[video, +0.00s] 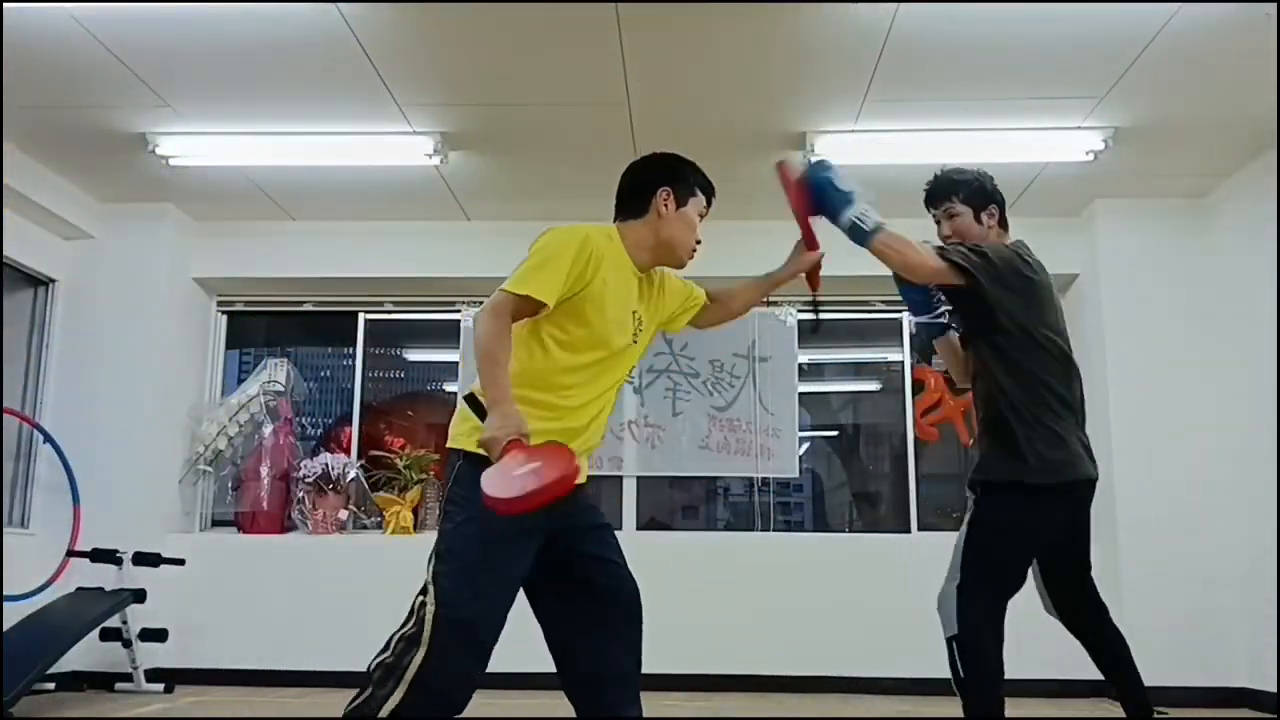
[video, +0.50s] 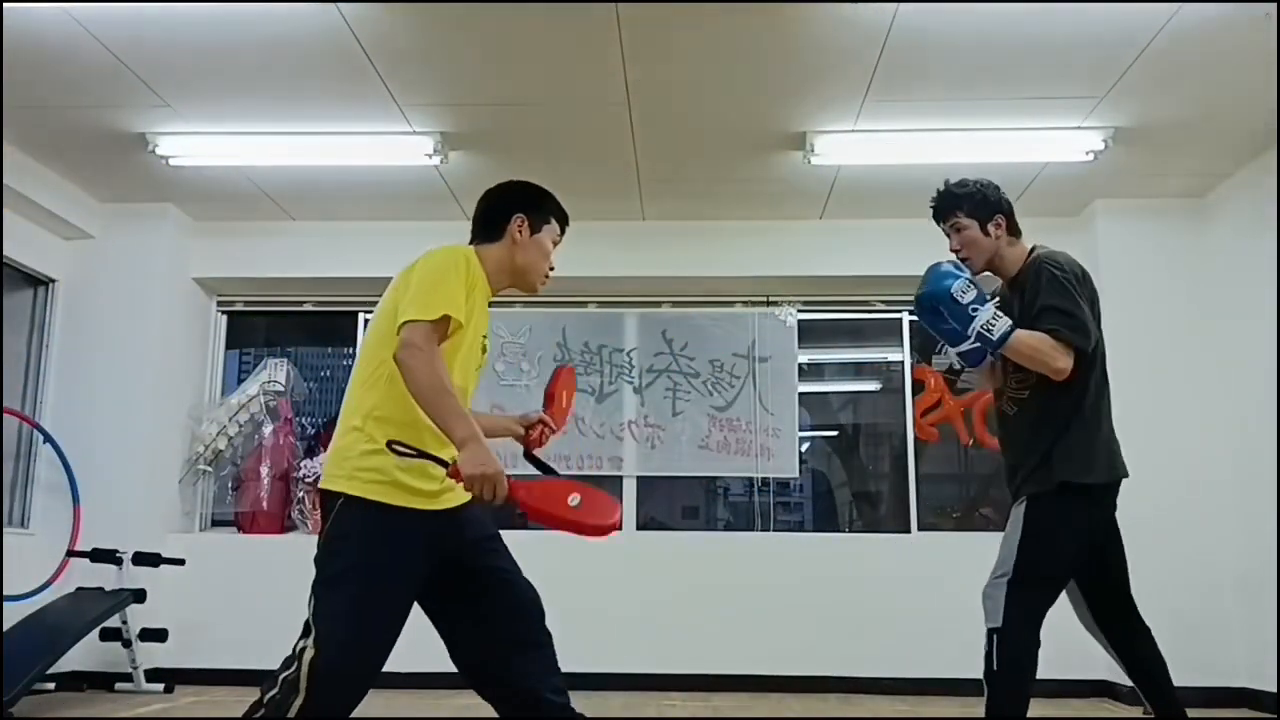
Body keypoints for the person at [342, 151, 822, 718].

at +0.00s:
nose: (703, 233)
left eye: (706, 220)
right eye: (700, 215)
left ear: (664, 207)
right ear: (664, 202)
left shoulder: (660, 290)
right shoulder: (579, 246)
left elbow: (714, 306)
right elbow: (493, 317)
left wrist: (785, 274)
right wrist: (501, 406)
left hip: (560, 478)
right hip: (496, 464)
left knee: (608, 609)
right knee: (455, 630)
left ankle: (614, 713)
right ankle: (378, 711)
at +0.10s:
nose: (690, 230)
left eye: (692, 216)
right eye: (687, 211)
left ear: (652, 203)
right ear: (652, 199)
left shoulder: (640, 297)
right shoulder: (566, 242)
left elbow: (638, 367)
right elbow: (482, 313)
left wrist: (714, 344)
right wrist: (475, 412)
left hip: (570, 488)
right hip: (503, 477)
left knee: (614, 615)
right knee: (443, 630)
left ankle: (619, 716)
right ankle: (335, 709)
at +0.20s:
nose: (663, 231)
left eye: (666, 217)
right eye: (660, 212)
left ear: (625, 205)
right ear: (625, 200)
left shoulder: (606, 302)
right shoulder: (546, 245)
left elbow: (558, 398)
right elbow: (462, 318)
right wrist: (461, 424)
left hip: (562, 496)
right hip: (488, 488)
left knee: (619, 615)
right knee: (412, 631)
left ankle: (623, 714)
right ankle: (299, 707)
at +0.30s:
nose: (627, 252)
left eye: (630, 239)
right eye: (625, 233)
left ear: (590, 223)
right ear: (591, 219)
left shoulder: (558, 307)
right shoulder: (515, 257)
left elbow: (505, 403)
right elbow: (438, 333)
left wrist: (548, 460)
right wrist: (459, 439)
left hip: (520, 504)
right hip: (446, 497)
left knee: (593, 617)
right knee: (378, 645)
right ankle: (282, 713)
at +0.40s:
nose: (585, 265)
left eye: (588, 252)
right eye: (584, 245)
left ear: (546, 234)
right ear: (551, 230)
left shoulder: (501, 307)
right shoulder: (478, 266)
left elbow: (457, 418)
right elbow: (427, 350)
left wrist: (531, 446)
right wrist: (464, 451)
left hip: (467, 511)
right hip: (404, 501)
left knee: (548, 649)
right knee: (342, 666)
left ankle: (584, 713)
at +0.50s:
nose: (555, 262)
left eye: (558, 248)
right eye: (553, 242)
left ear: (517, 233)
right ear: (519, 229)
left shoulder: (473, 312)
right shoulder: (450, 265)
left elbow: (431, 421)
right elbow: (414, 348)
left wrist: (513, 425)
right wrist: (470, 441)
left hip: (443, 501)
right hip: (377, 496)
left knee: (511, 626)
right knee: (336, 663)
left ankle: (548, 711)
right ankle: (279, 711)